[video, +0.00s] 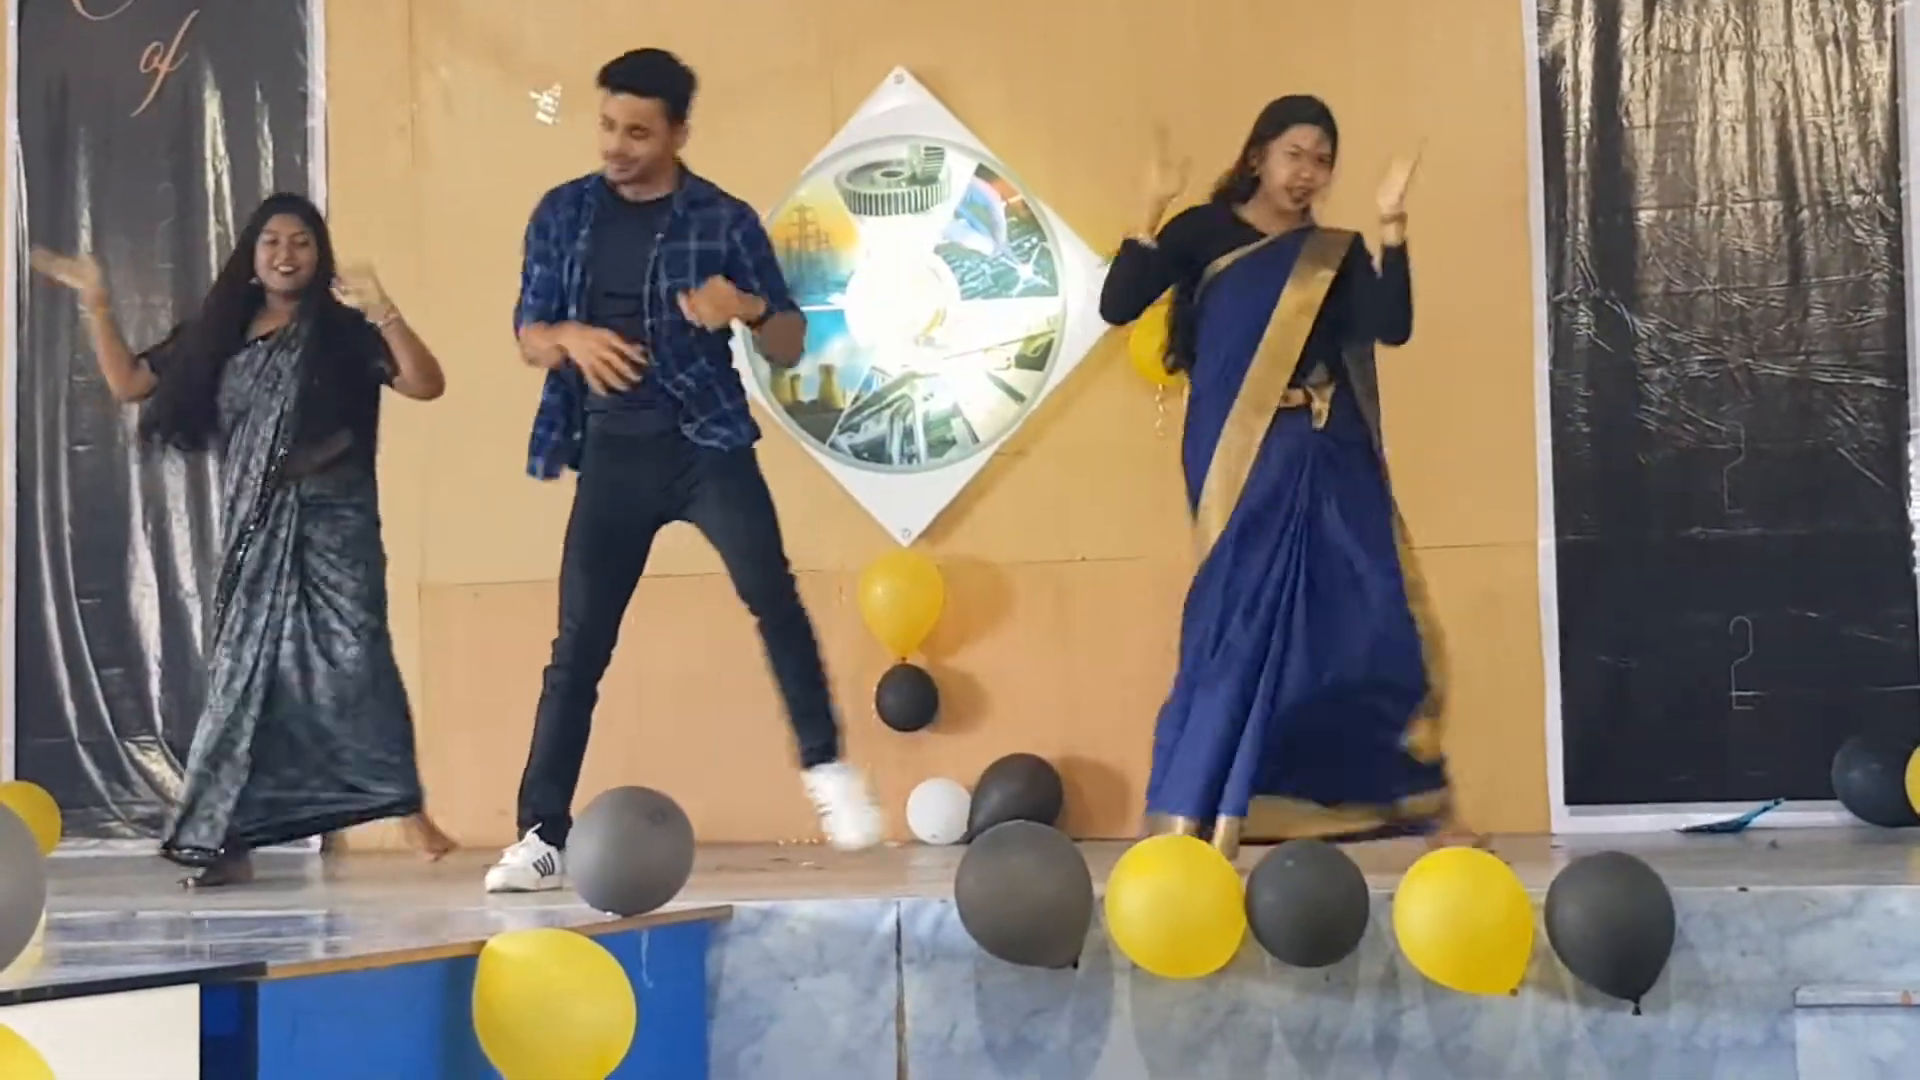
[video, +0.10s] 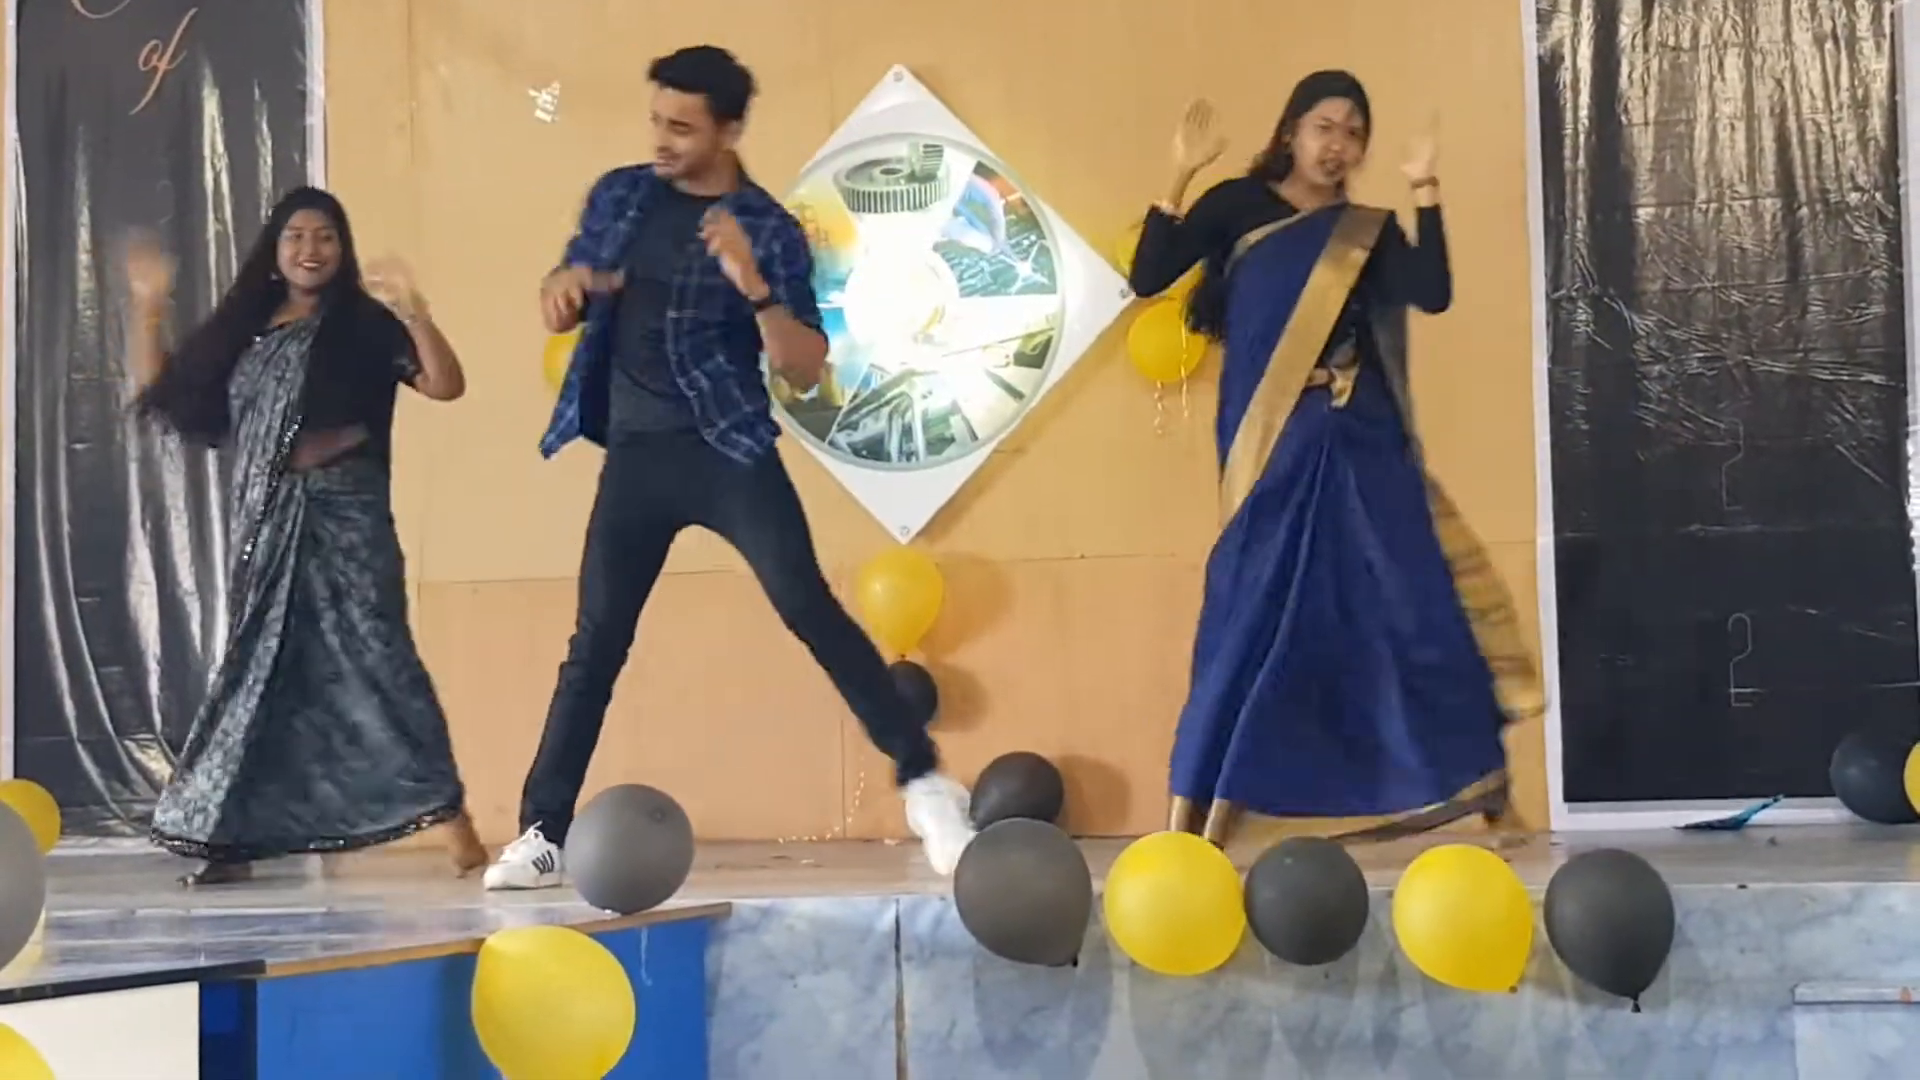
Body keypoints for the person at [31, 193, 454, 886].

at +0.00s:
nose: (284, 254)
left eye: (299, 242)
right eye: (271, 242)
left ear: (321, 256)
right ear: (251, 256)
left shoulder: (347, 331)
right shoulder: (227, 332)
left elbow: (427, 386)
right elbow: (130, 383)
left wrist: (386, 313)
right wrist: (96, 300)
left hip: (336, 518)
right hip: (256, 523)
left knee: (359, 663)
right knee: (240, 673)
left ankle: (412, 809)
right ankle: (226, 843)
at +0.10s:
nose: (311, 248)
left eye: (325, 237)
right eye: (296, 237)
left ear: (343, 250)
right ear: (274, 250)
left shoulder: (364, 323)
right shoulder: (246, 329)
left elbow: (446, 386)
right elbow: (162, 393)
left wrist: (416, 312)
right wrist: (149, 306)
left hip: (348, 516)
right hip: (268, 519)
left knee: (383, 661)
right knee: (256, 668)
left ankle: (452, 814)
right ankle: (229, 839)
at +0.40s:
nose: (396, 245)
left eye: (409, 235)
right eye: (382, 235)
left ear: (428, 251)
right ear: (358, 250)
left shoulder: (451, 325)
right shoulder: (334, 326)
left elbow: (515, 388)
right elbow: (249, 392)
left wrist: (496, 315)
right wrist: (229, 312)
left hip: (424, 509)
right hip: (343, 510)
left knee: (428, 662)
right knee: (297, 655)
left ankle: (459, 831)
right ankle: (267, 821)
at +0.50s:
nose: (412, 237)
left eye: (424, 227)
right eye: (397, 226)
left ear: (440, 240)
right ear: (373, 240)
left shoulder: (460, 317)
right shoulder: (345, 313)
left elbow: (540, 383)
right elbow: (271, 388)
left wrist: (499, 326)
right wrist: (246, 324)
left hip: (441, 496)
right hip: (360, 498)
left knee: (443, 656)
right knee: (347, 651)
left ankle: (453, 828)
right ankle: (340, 817)